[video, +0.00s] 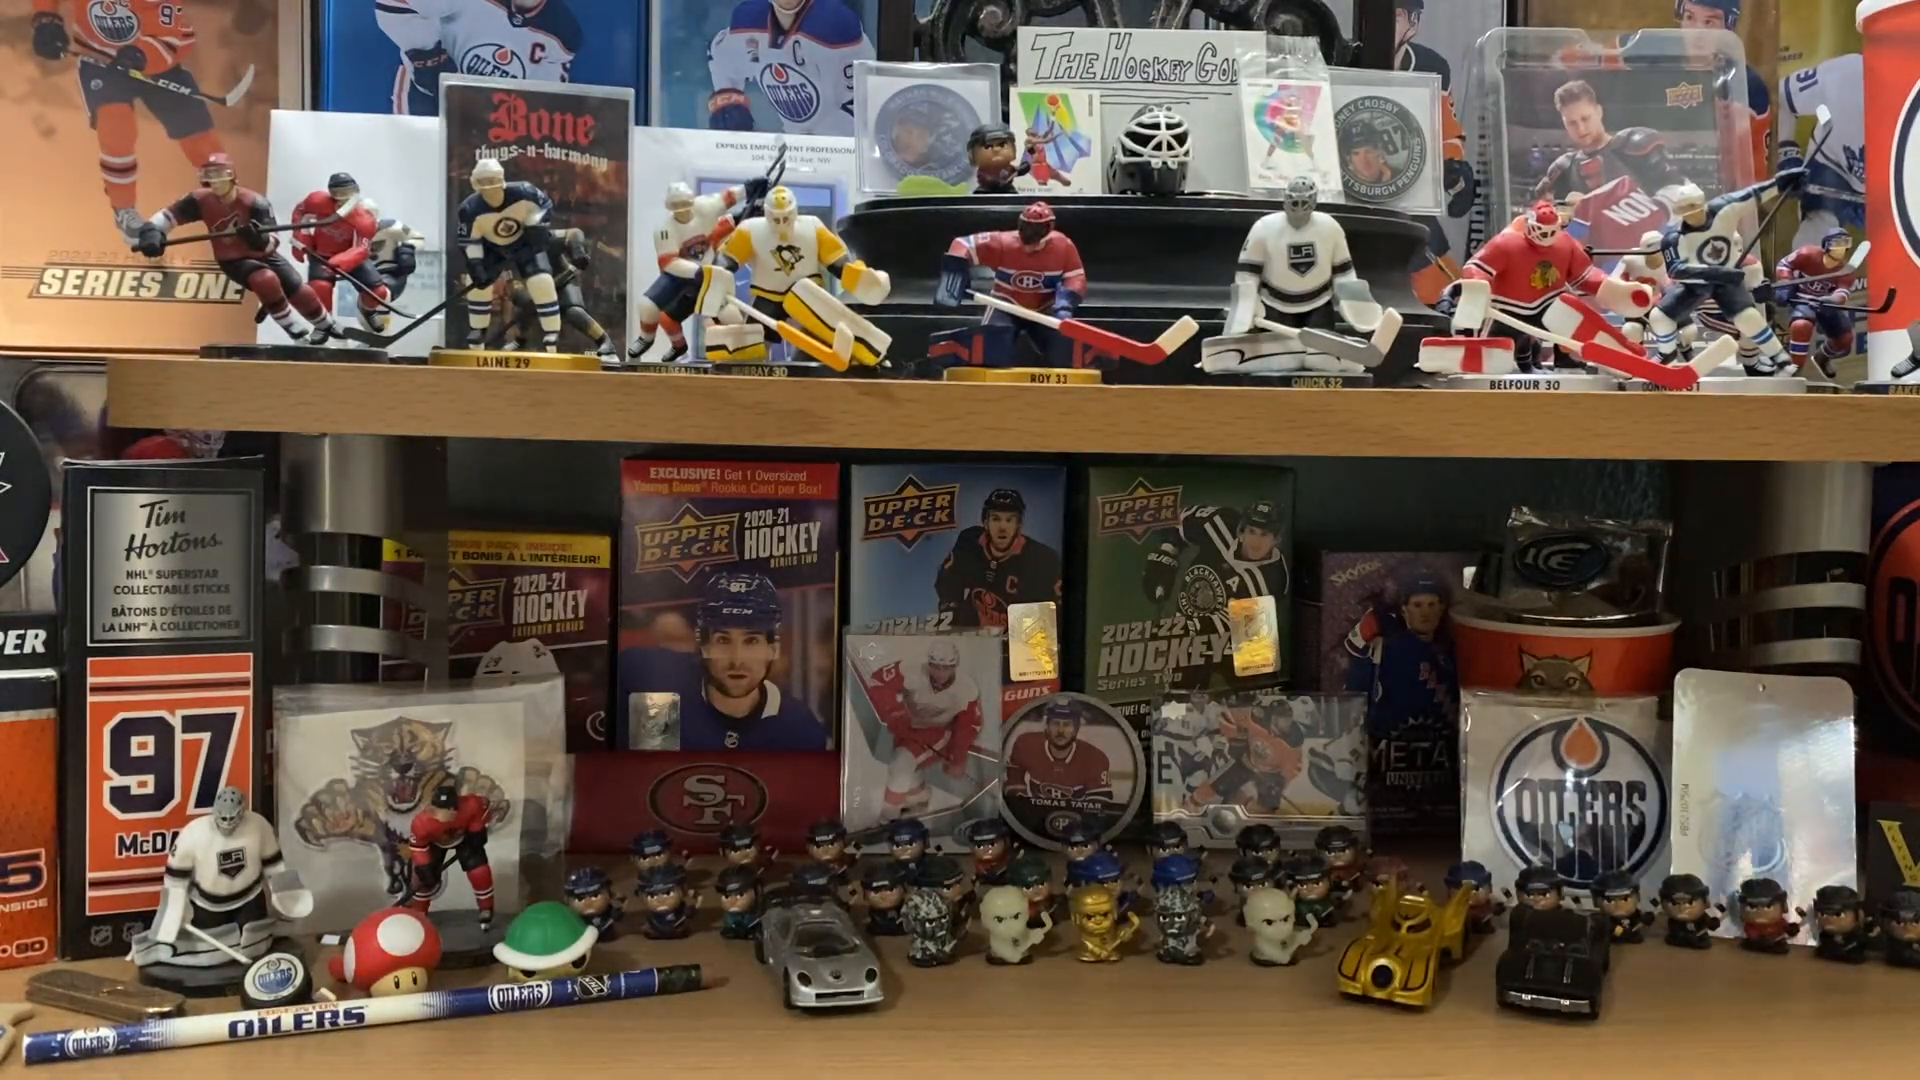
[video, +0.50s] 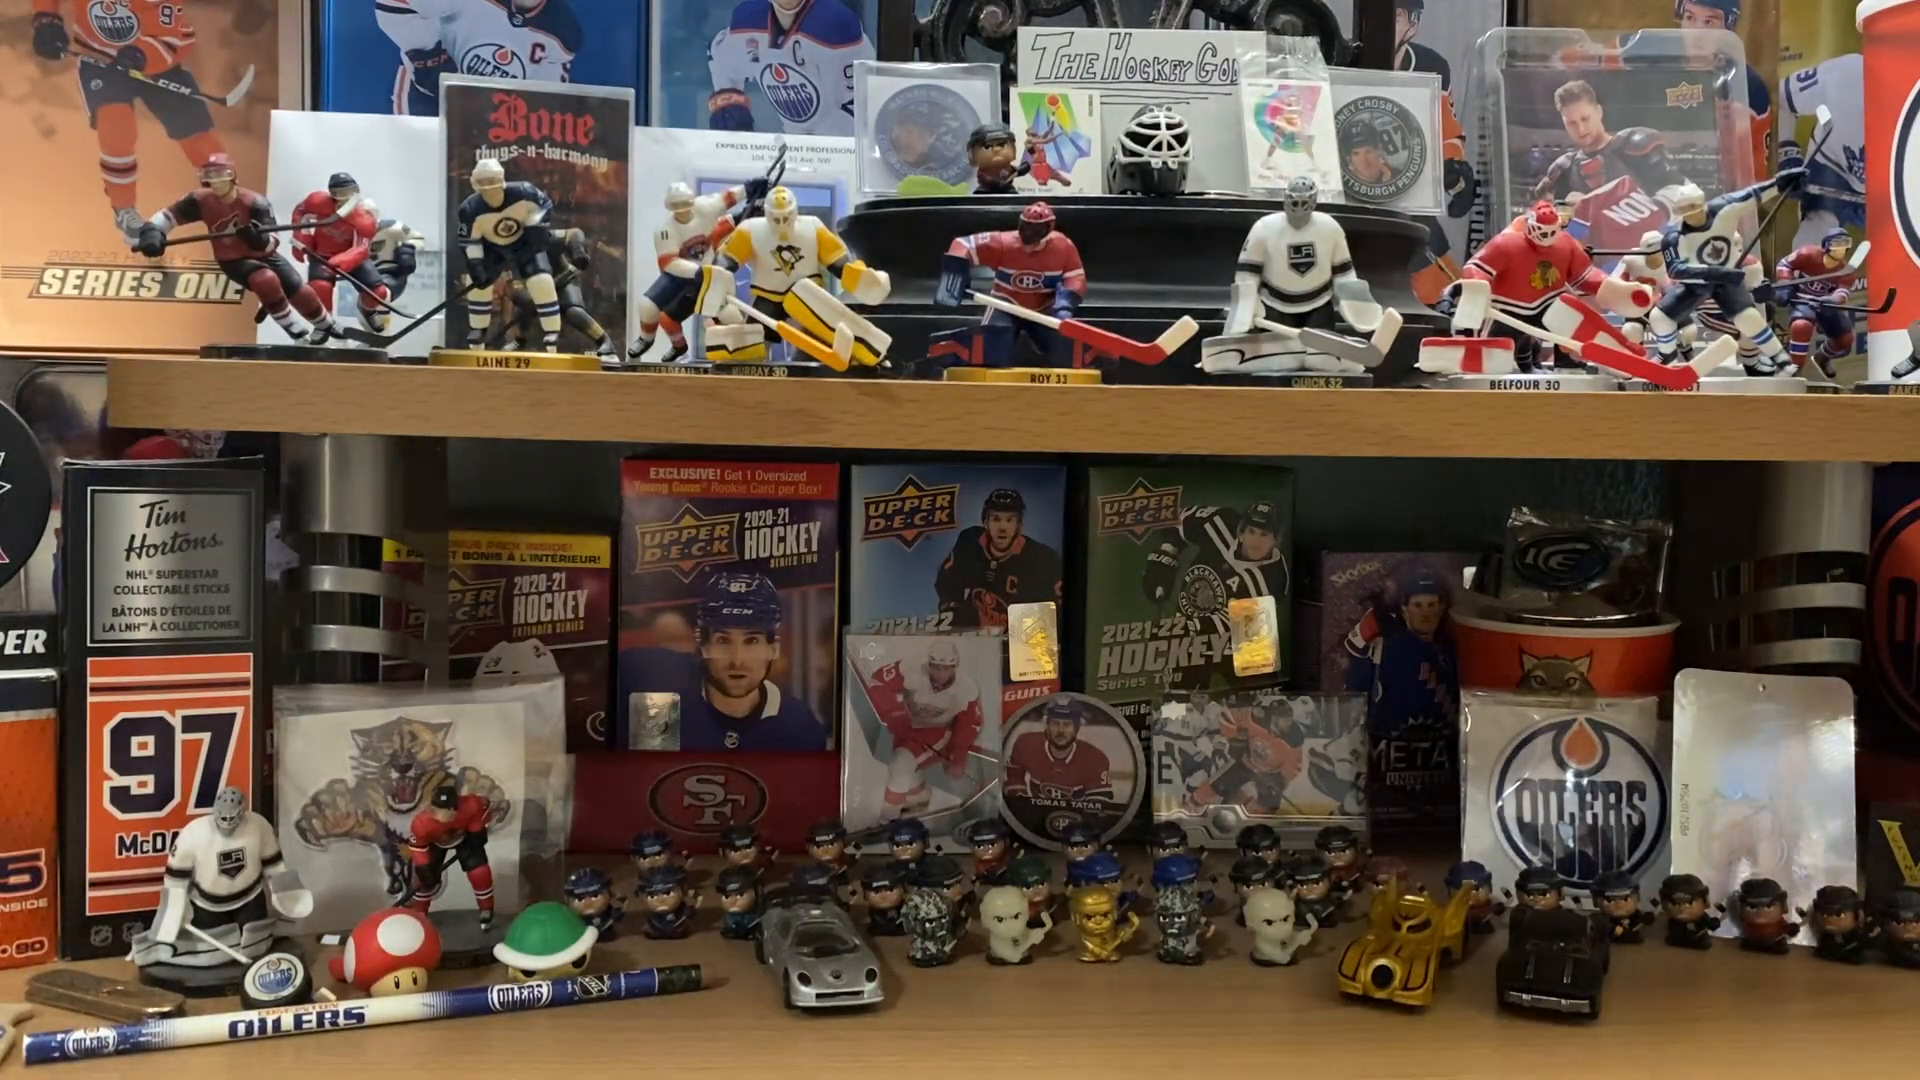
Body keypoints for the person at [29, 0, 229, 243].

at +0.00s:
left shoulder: (160, 7)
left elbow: (179, 39)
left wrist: (142, 54)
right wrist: (46, 18)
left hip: (157, 62)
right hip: (100, 61)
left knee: (206, 149)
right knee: (118, 128)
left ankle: (232, 210)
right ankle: (125, 211)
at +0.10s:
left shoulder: (160, 7)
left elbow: (178, 39)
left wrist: (142, 54)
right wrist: (46, 18)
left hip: (157, 61)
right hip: (100, 61)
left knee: (205, 148)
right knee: (118, 127)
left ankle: (232, 208)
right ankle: (125, 211)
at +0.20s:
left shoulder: (160, 7)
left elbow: (176, 40)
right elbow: (47, 2)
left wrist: (142, 54)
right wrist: (46, 18)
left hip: (157, 62)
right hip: (100, 62)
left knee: (206, 149)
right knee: (118, 128)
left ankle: (232, 210)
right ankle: (125, 211)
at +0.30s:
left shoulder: (160, 7)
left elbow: (175, 40)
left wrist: (142, 54)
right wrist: (46, 18)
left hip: (157, 62)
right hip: (100, 61)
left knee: (206, 148)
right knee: (118, 128)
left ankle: (232, 210)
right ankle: (125, 211)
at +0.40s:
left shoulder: (160, 8)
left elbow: (178, 39)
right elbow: (47, 2)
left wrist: (142, 54)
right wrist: (46, 18)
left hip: (157, 61)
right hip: (100, 61)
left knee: (205, 147)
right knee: (118, 128)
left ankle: (232, 210)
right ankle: (125, 211)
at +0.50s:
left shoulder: (160, 7)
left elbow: (180, 39)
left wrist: (143, 54)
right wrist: (46, 18)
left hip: (157, 61)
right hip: (99, 60)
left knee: (205, 148)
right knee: (118, 127)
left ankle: (232, 209)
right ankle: (125, 211)